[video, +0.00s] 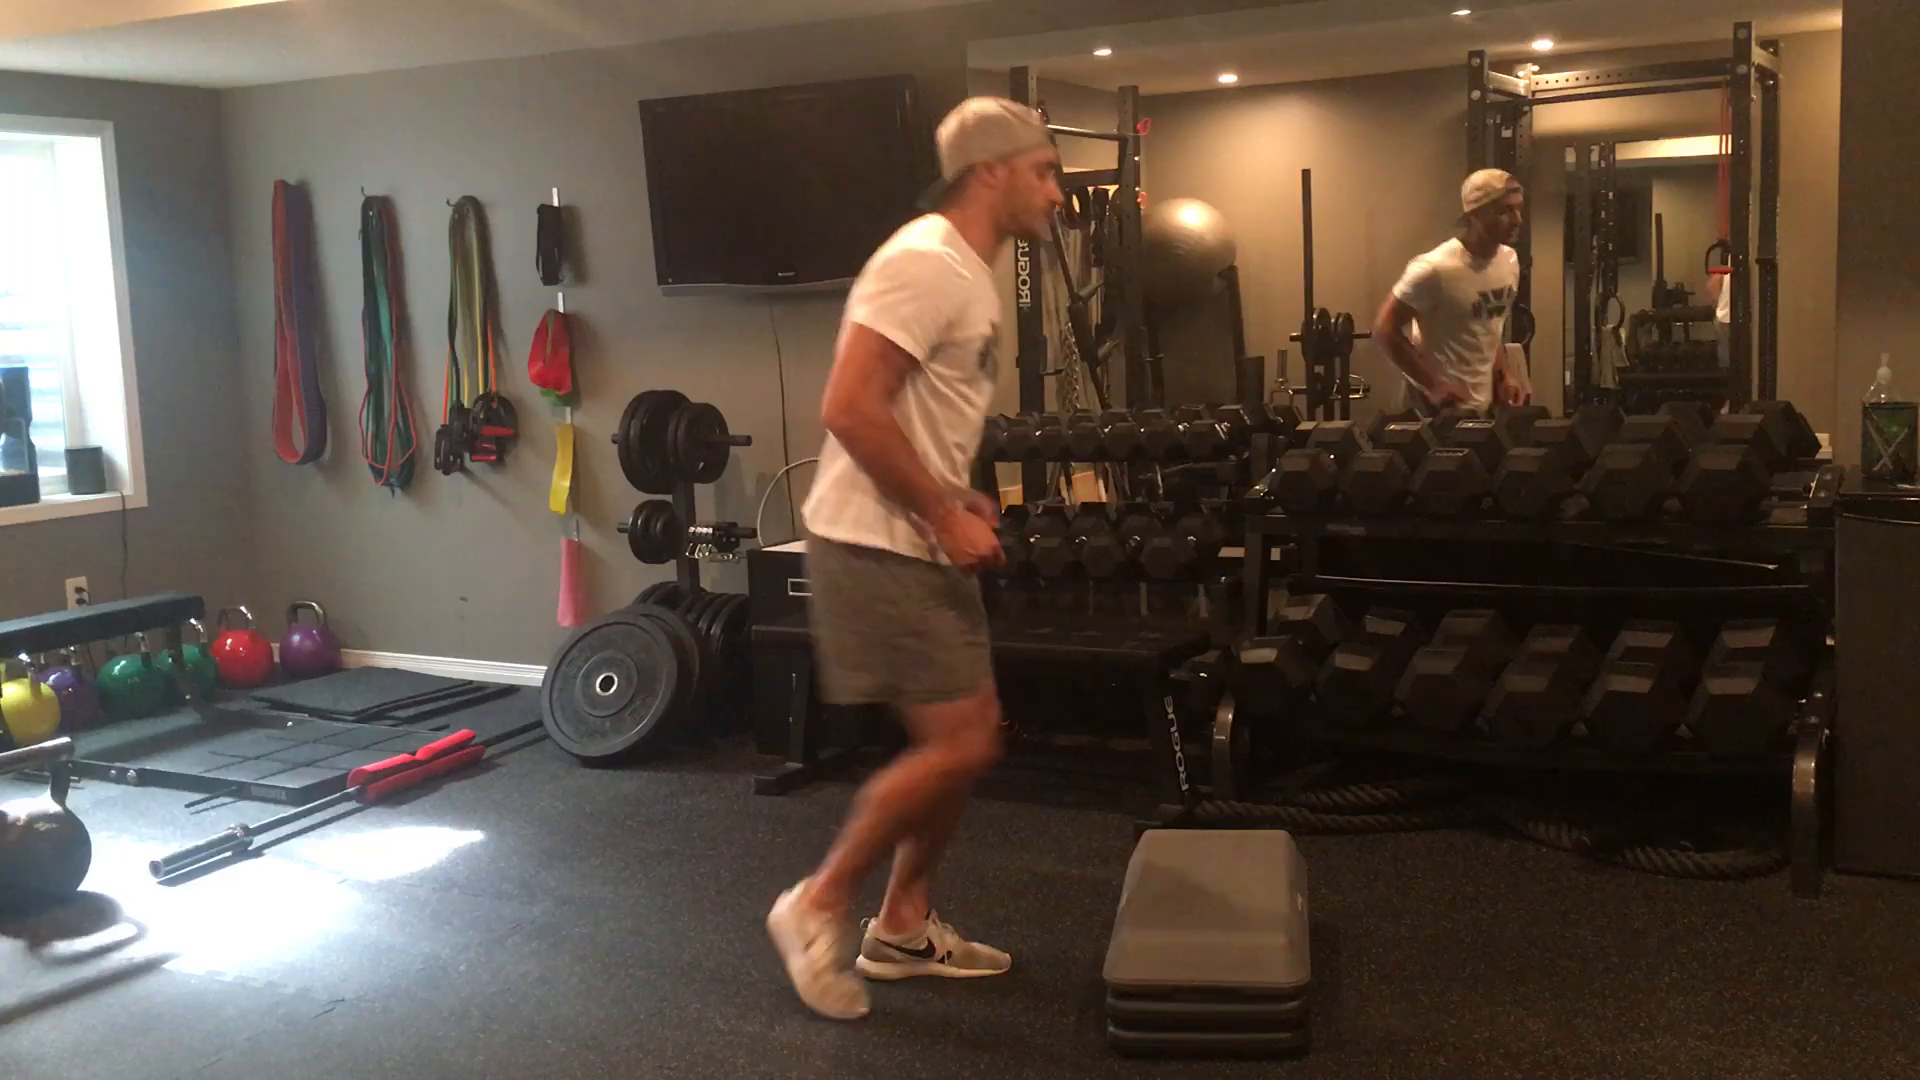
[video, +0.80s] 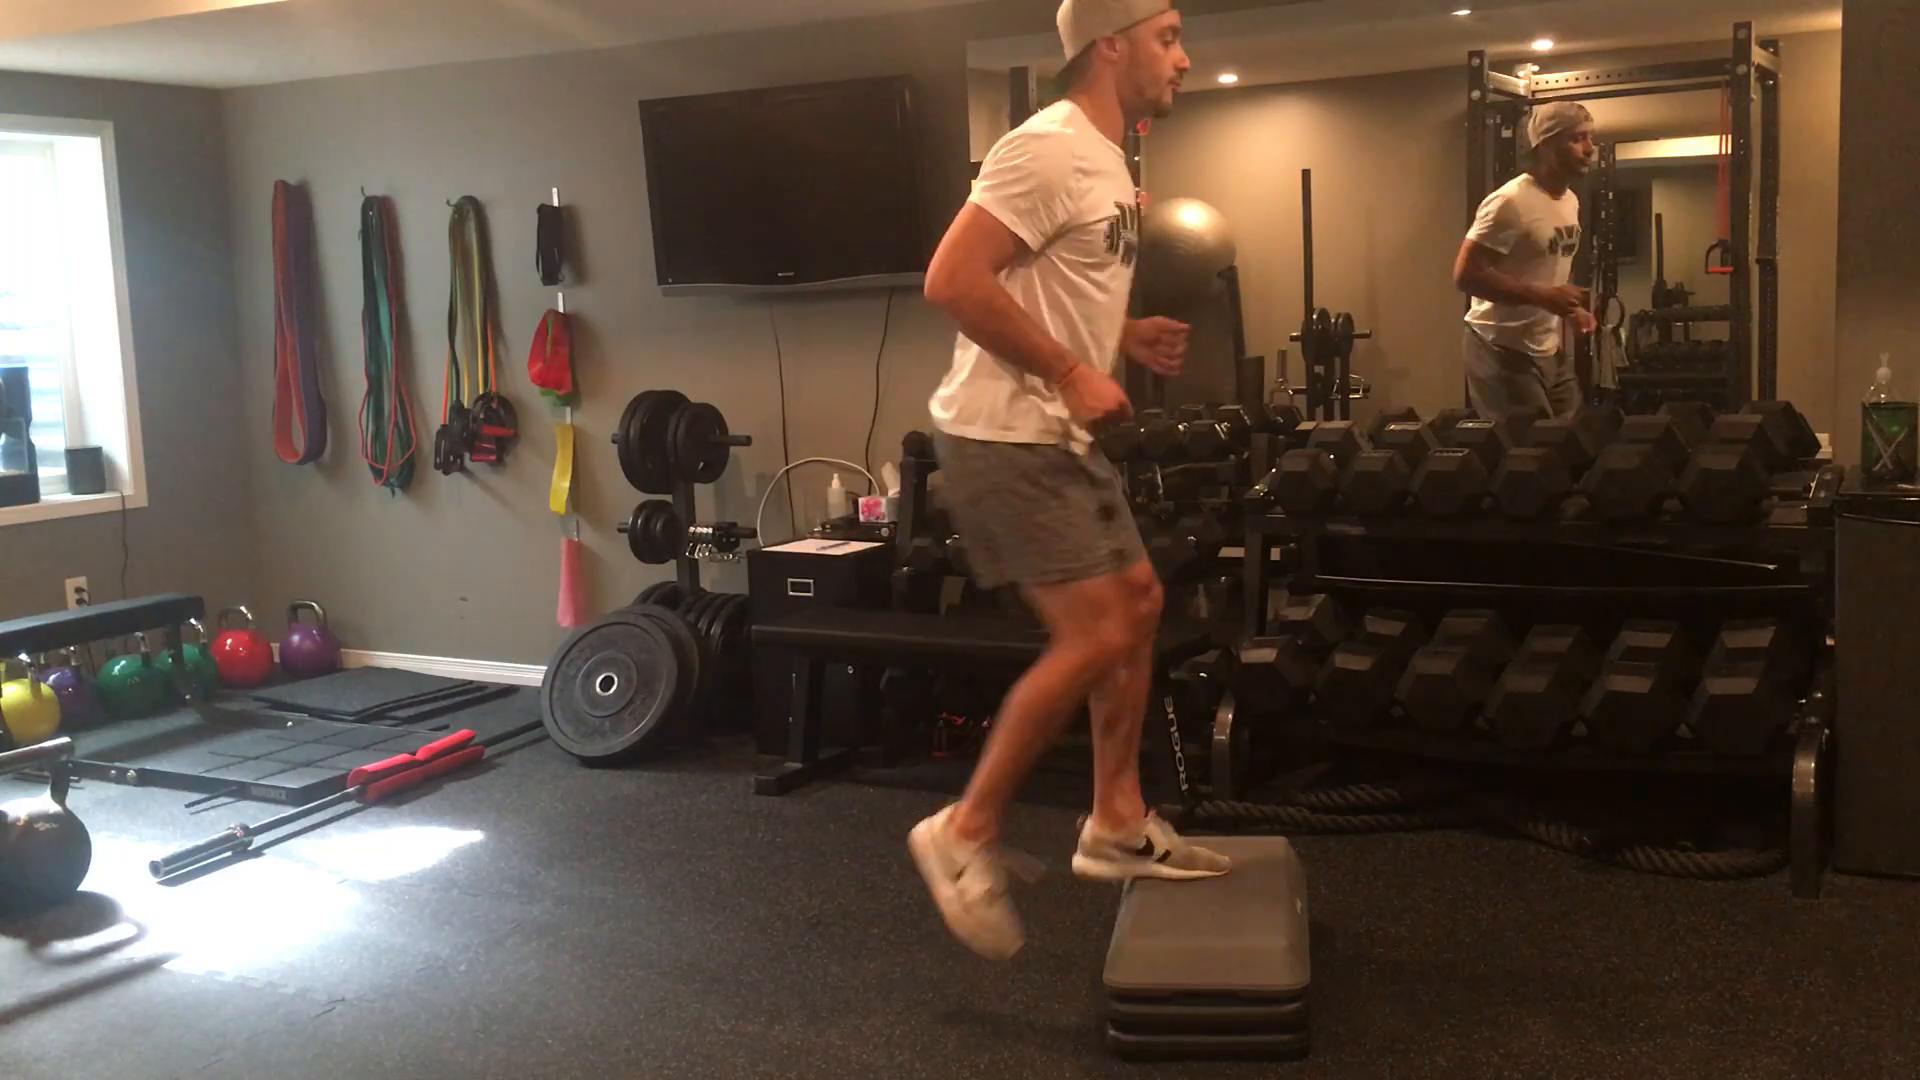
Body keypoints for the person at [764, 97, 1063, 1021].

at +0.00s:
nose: (1056, 192)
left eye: (1054, 174)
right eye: (1044, 173)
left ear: (995, 179)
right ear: (990, 176)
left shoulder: (970, 270)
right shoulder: (924, 261)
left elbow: (913, 413)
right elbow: (851, 405)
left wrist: (958, 498)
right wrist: (947, 512)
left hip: (918, 541)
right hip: (876, 542)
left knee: (959, 736)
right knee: (963, 737)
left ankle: (902, 926)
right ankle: (815, 905)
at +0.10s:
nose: (1086, 197)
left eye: (1085, 180)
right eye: (1073, 179)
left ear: (1021, 188)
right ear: (1018, 184)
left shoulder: (998, 284)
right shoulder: (951, 271)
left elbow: (944, 423)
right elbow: (848, 389)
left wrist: (1020, 481)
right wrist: (942, 501)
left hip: (927, 539)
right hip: (903, 541)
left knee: (973, 724)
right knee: (1079, 676)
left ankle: (906, 925)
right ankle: (914, 839)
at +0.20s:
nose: (1111, 131)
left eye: (1109, 113)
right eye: (1097, 112)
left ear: (1047, 127)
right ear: (1043, 125)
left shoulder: (1035, 228)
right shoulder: (973, 215)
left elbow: (967, 331)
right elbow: (859, 325)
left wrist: (1055, 361)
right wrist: (963, 425)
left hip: (951, 490)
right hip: (943, 494)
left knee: (962, 689)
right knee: (1133, 604)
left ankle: (915, 904)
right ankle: (1050, 817)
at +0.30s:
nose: (1137, 83)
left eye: (1134, 64)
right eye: (1120, 65)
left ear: (1072, 83)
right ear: (1062, 81)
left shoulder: (1057, 183)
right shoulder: (1003, 175)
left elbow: (1001, 296)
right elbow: (908, 303)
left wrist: (1081, 324)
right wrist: (1024, 396)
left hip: (976, 449)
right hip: (989, 450)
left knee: (1034, 642)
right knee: (1152, 606)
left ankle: (945, 853)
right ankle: (1114, 839)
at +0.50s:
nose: (1170, 52)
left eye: (1168, 32)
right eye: (1154, 30)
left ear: (1102, 46)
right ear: (1093, 42)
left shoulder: (1090, 145)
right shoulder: (1053, 140)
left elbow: (1044, 297)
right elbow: (1008, 300)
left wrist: (1123, 361)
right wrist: (1130, 360)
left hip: (1061, 418)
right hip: (1027, 427)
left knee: (1164, 578)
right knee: (1143, 614)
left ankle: (1074, 795)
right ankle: (1111, 848)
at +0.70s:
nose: (1186, 58)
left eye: (1183, 38)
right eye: (1170, 36)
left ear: (1122, 48)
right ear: (1112, 45)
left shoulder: (1112, 158)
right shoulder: (1049, 146)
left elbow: (1061, 302)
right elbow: (960, 278)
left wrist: (1142, 330)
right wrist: (1089, 352)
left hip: (1062, 423)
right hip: (1022, 428)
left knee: (1129, 618)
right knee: (1159, 607)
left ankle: (1117, 823)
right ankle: (1033, 805)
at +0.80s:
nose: (1184, 61)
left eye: (1181, 42)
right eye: (1169, 39)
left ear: (1121, 53)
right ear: (1113, 50)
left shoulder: (1110, 161)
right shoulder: (1051, 146)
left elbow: (1044, 296)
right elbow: (952, 279)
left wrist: (1131, 336)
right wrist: (1068, 369)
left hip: (1063, 427)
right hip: (1004, 434)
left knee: (1136, 603)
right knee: (1095, 633)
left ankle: (1117, 821)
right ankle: (962, 832)